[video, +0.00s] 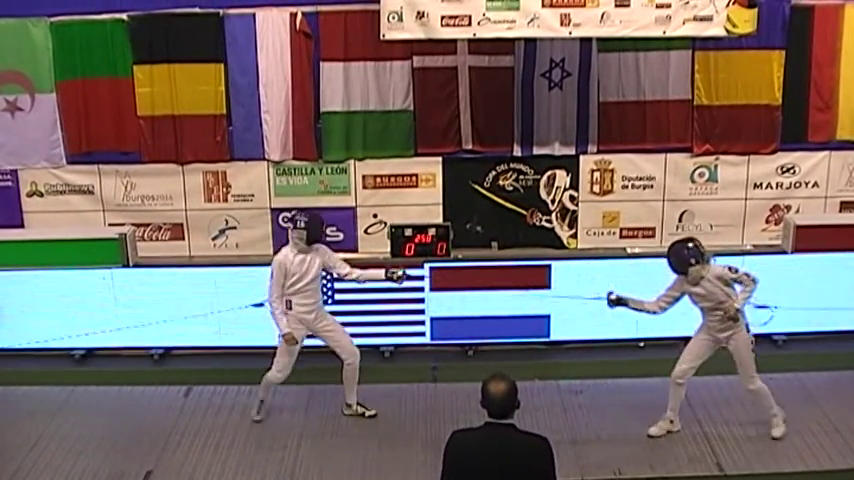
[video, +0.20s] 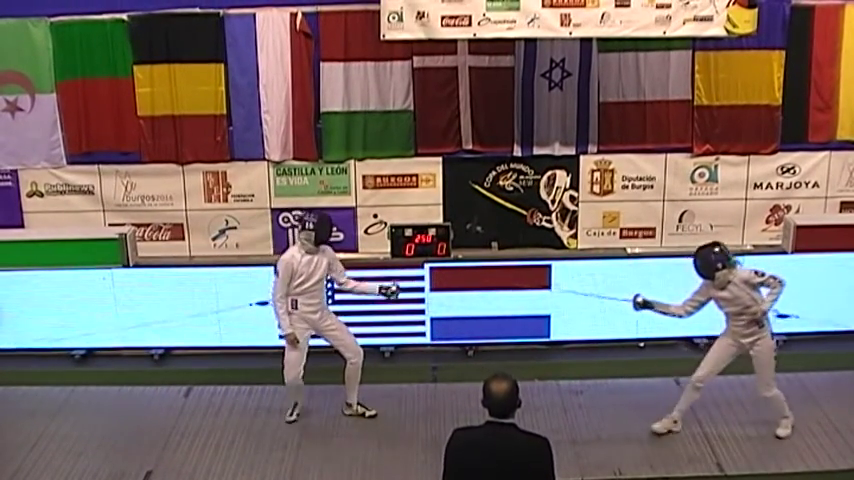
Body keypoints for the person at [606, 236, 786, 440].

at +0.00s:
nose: (690, 275)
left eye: (690, 270)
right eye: (686, 272)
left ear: (698, 263)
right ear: (683, 270)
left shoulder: (718, 273)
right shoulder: (682, 283)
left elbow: (750, 282)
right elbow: (657, 307)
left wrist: (738, 304)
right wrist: (624, 302)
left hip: (735, 331)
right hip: (709, 332)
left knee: (752, 384)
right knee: (679, 375)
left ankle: (776, 416)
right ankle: (671, 420)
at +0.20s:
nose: (714, 280)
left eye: (716, 275)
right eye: (710, 276)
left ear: (726, 268)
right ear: (708, 274)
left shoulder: (743, 277)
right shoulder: (709, 288)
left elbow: (777, 283)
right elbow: (683, 310)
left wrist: (765, 307)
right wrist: (650, 305)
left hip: (760, 337)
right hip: (732, 336)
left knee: (766, 390)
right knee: (698, 379)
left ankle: (786, 419)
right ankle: (674, 420)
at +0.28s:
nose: (720, 275)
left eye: (723, 269)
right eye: (717, 271)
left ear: (732, 261)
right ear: (713, 268)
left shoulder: (749, 268)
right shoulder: (715, 281)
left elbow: (785, 272)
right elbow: (690, 304)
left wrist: (773, 299)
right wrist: (655, 302)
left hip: (767, 328)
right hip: (741, 329)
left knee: (775, 382)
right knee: (710, 373)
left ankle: (787, 419)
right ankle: (690, 418)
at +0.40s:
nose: (729, 272)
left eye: (731, 266)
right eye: (726, 268)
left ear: (739, 259)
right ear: (721, 265)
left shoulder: (756, 267)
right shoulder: (721, 278)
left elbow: (790, 273)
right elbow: (695, 301)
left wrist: (778, 298)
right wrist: (661, 298)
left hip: (773, 326)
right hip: (748, 327)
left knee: (780, 378)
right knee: (725, 374)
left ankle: (795, 416)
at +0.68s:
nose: (723, 272)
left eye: (725, 266)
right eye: (720, 268)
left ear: (733, 259)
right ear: (717, 265)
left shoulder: (750, 270)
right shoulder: (716, 278)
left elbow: (784, 282)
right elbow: (691, 301)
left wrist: (768, 304)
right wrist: (657, 296)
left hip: (765, 330)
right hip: (739, 329)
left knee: (776, 382)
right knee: (707, 371)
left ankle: (796, 417)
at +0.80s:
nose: (710, 272)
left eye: (711, 267)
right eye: (706, 268)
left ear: (718, 262)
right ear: (703, 267)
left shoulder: (736, 273)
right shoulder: (701, 281)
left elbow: (769, 285)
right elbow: (673, 300)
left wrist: (753, 306)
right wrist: (639, 296)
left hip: (752, 333)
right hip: (725, 333)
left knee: (770, 382)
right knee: (692, 374)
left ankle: (793, 417)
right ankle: (668, 416)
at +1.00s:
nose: (681, 278)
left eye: (683, 273)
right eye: (677, 274)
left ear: (693, 267)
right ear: (674, 272)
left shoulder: (708, 278)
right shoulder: (673, 287)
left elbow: (740, 291)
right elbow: (645, 306)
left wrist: (724, 311)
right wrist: (612, 299)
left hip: (725, 335)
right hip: (698, 336)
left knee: (754, 380)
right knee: (667, 374)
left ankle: (786, 413)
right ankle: (662, 420)